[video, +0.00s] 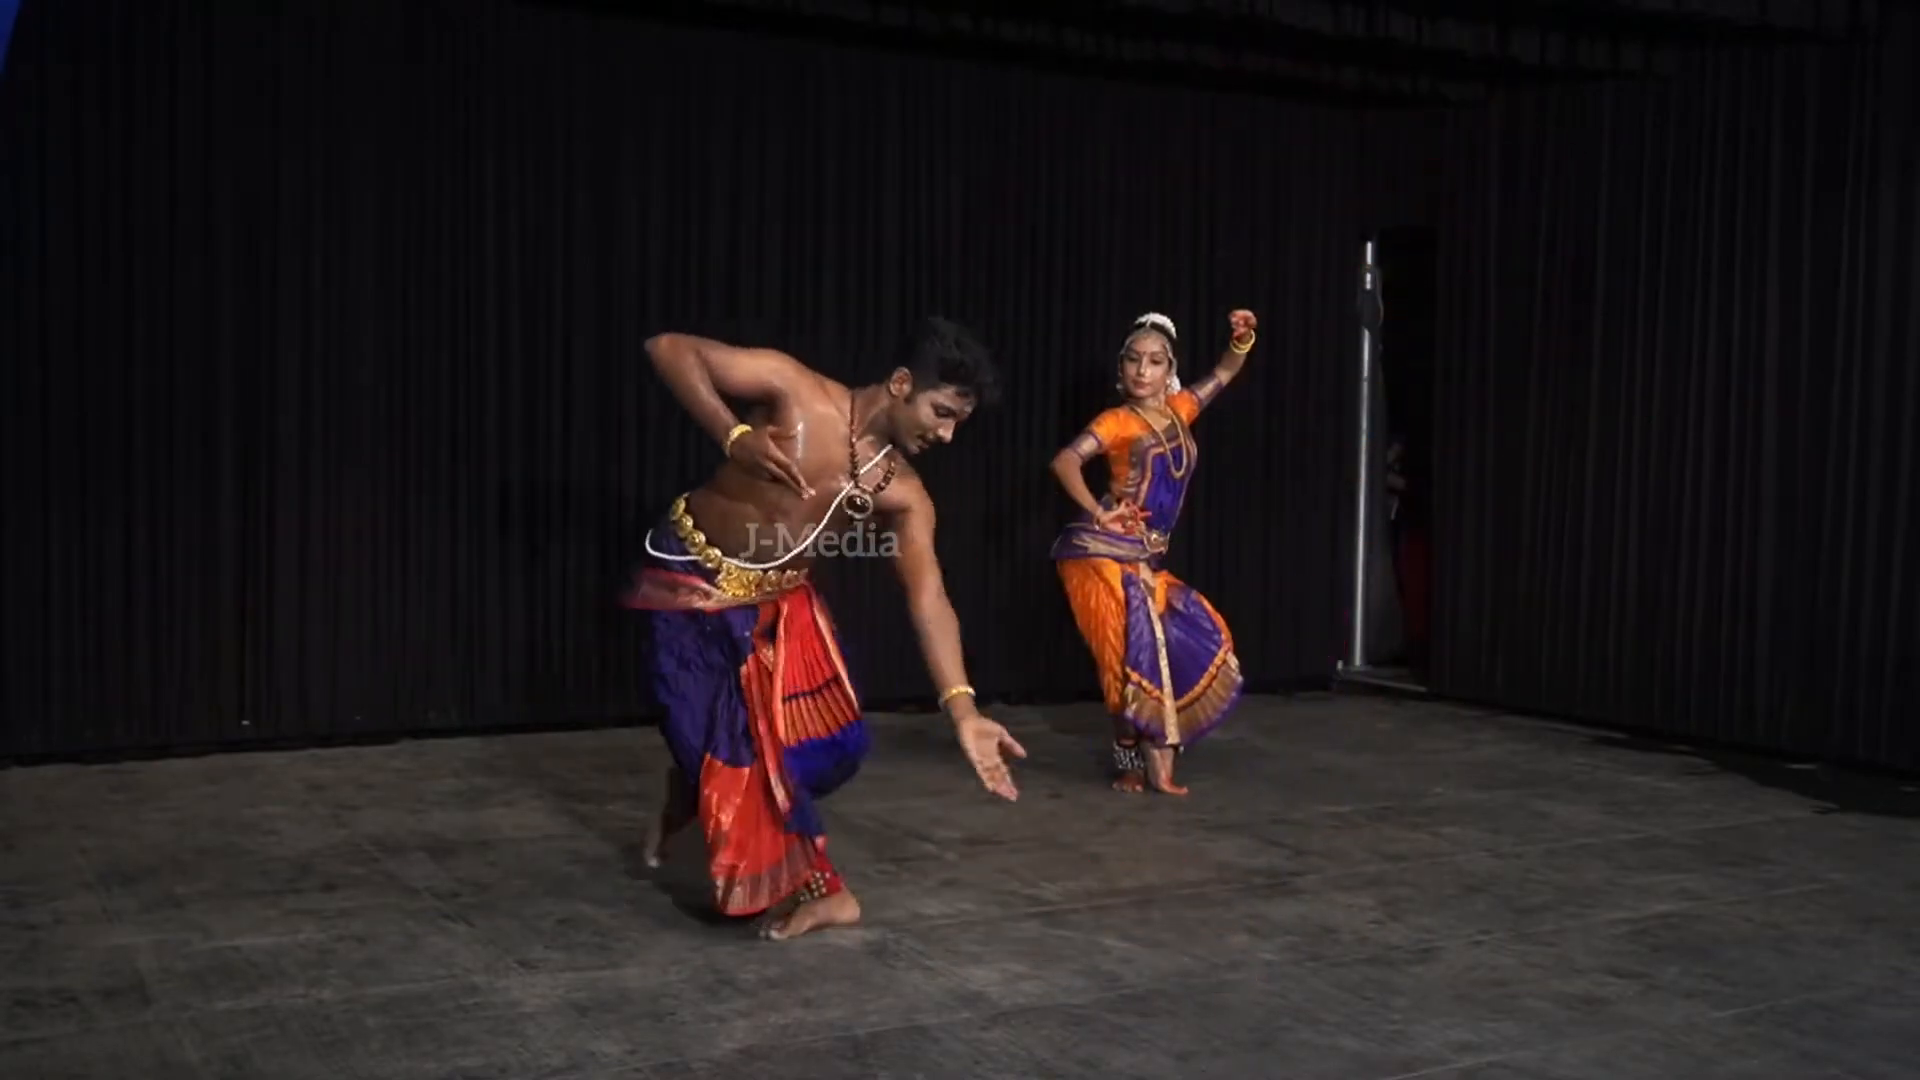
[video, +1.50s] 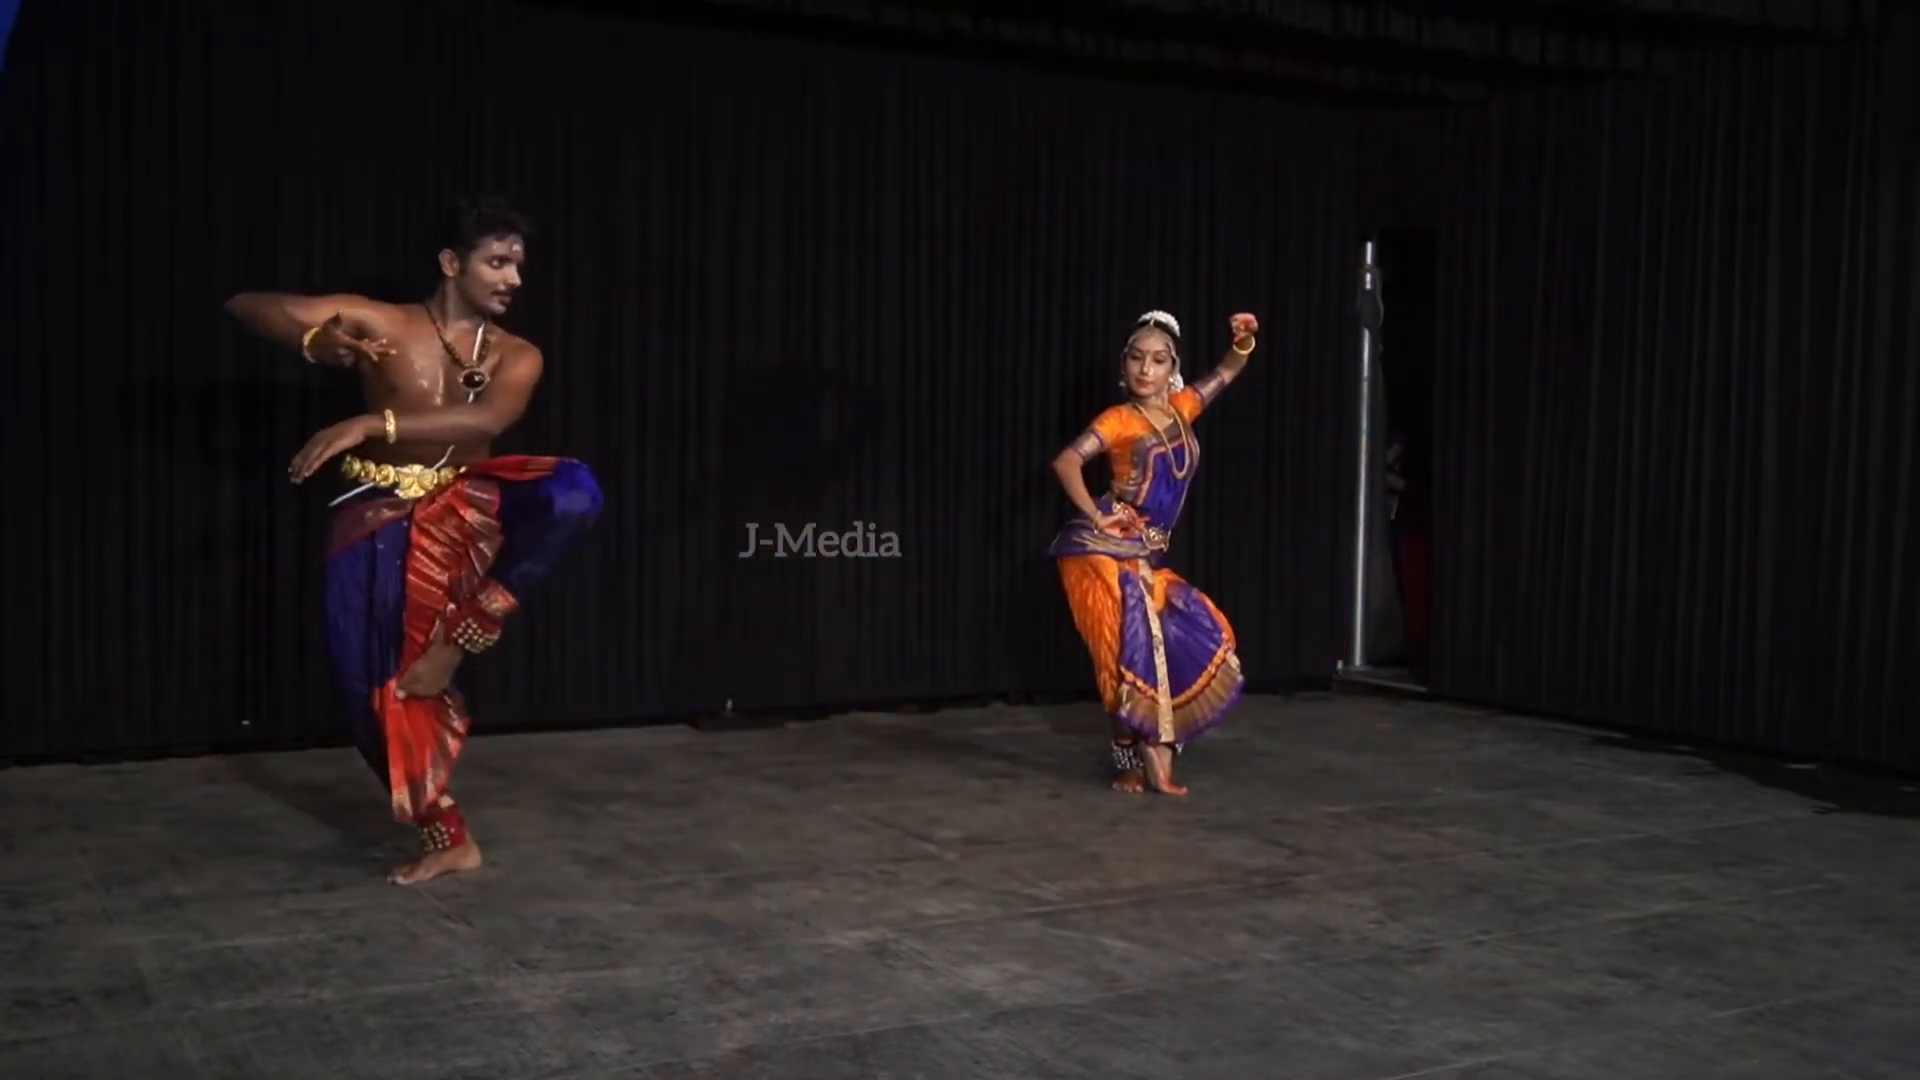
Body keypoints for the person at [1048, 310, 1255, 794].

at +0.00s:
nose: (1143, 370)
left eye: (1155, 361)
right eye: (1134, 359)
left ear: (1170, 371)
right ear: (1121, 367)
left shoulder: (1180, 410)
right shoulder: (1118, 422)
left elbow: (1221, 375)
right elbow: (1064, 462)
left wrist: (1240, 343)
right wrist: (1096, 511)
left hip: (1144, 563)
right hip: (1098, 558)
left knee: (1166, 650)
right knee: (1125, 648)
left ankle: (1160, 766)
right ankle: (1126, 754)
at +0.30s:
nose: (1142, 369)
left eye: (1154, 360)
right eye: (1133, 359)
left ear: (1169, 370)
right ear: (1121, 366)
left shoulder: (1178, 409)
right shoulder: (1118, 422)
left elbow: (1221, 374)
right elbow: (1064, 463)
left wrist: (1239, 343)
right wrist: (1098, 513)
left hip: (1144, 561)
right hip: (1099, 555)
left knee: (1165, 646)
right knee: (1122, 646)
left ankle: (1160, 754)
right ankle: (1126, 755)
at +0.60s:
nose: (1142, 369)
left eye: (1154, 360)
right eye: (1133, 359)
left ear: (1170, 371)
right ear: (1121, 366)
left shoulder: (1178, 410)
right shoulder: (1118, 422)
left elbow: (1221, 374)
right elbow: (1063, 463)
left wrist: (1240, 346)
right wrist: (1095, 515)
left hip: (1143, 560)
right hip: (1099, 555)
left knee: (1164, 645)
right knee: (1122, 644)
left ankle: (1159, 752)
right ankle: (1125, 753)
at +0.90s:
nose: (1142, 368)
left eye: (1154, 359)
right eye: (1133, 357)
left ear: (1170, 370)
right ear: (1121, 365)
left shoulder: (1179, 408)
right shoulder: (1117, 420)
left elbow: (1223, 373)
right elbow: (1063, 461)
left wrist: (1241, 344)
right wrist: (1095, 513)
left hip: (1143, 559)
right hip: (1097, 553)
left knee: (1167, 641)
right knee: (1122, 642)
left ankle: (1160, 749)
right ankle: (1125, 753)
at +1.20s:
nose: (1143, 368)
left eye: (1156, 359)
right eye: (1135, 358)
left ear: (1171, 369)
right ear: (1122, 365)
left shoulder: (1180, 408)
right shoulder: (1119, 421)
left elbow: (1224, 373)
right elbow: (1064, 462)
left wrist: (1242, 345)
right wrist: (1095, 517)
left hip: (1144, 559)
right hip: (1098, 553)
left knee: (1167, 643)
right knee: (1122, 642)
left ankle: (1160, 750)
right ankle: (1125, 752)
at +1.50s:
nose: (1146, 368)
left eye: (1158, 359)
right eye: (1137, 357)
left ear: (1173, 370)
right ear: (1124, 365)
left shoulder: (1182, 407)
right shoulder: (1120, 421)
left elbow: (1225, 372)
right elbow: (1066, 463)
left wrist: (1243, 343)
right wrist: (1096, 517)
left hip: (1144, 560)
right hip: (1098, 553)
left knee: (1179, 638)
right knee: (1125, 640)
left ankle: (1160, 748)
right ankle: (1125, 752)